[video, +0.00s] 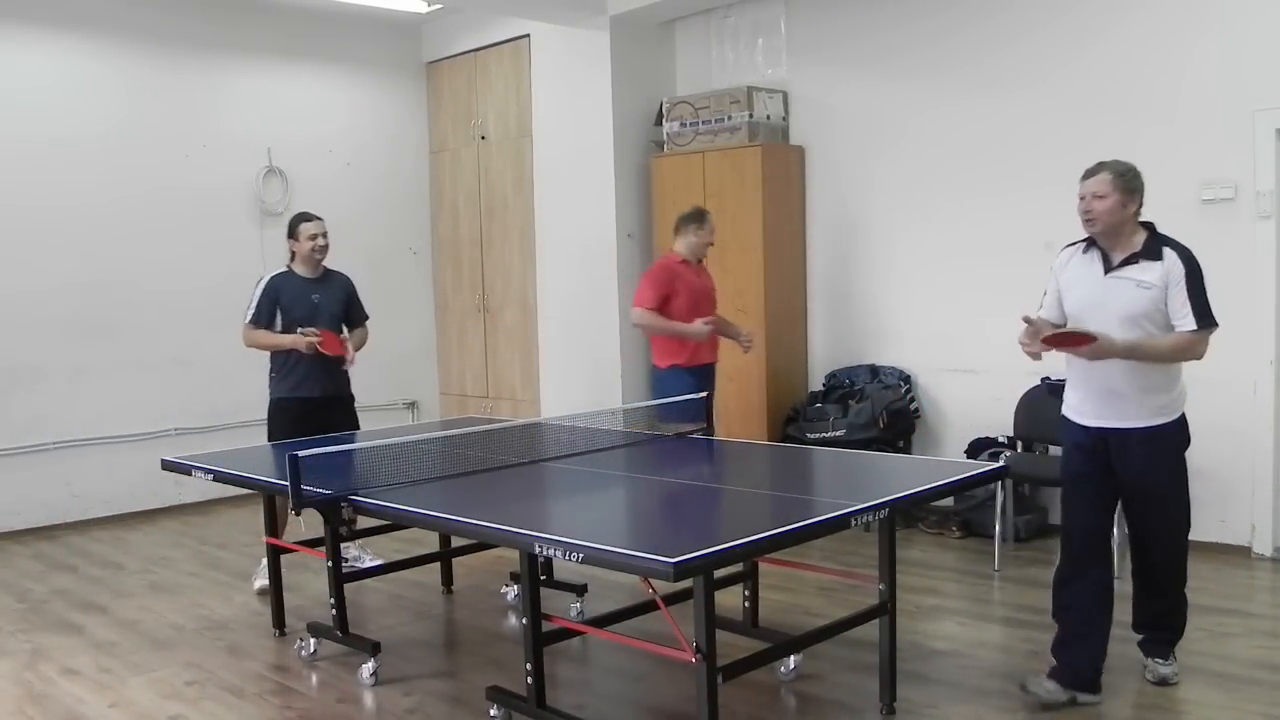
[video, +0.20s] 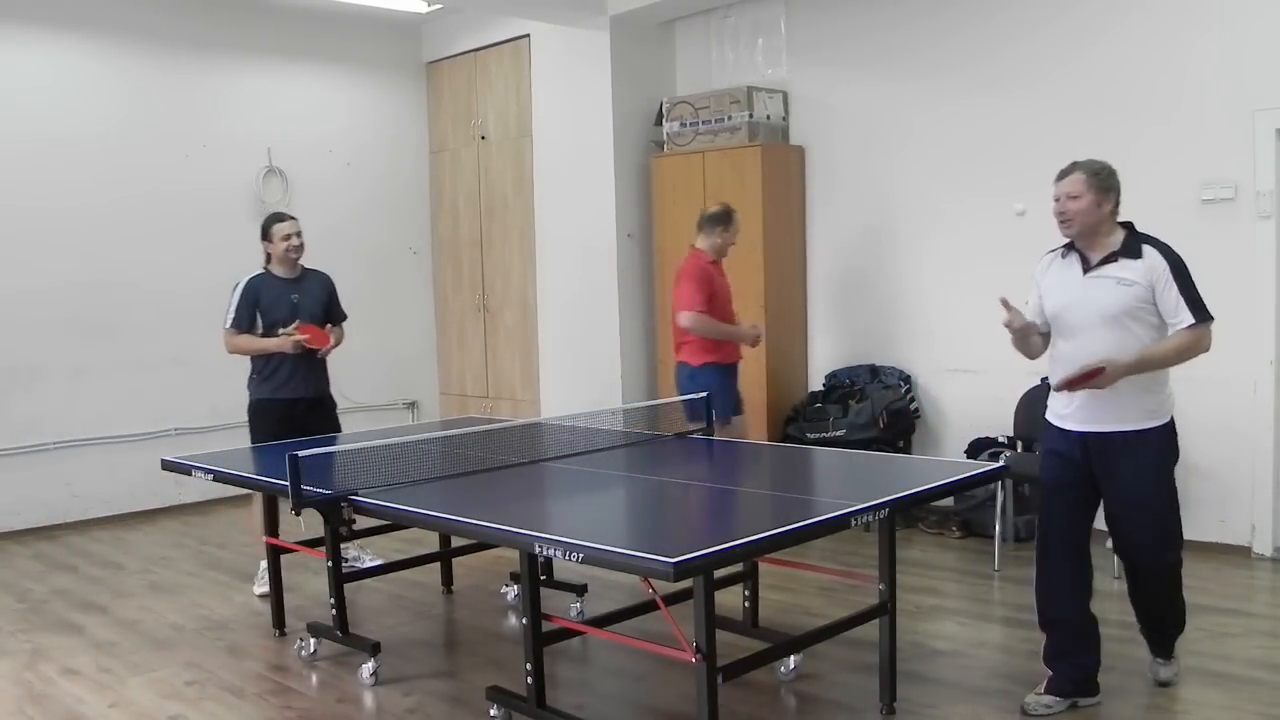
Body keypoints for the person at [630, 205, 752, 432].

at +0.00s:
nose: (712, 242)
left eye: (713, 235)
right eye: (709, 233)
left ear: (695, 233)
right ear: (692, 232)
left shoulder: (701, 271)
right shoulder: (663, 270)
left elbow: (705, 315)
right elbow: (639, 315)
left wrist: (735, 333)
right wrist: (689, 329)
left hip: (702, 370)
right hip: (675, 373)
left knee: (702, 443)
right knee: (683, 445)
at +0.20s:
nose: (734, 242)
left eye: (735, 236)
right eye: (733, 235)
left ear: (717, 234)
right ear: (721, 234)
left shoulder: (712, 266)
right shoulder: (695, 267)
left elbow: (714, 316)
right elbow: (688, 318)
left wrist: (743, 333)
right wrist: (740, 334)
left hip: (720, 368)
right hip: (703, 370)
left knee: (736, 438)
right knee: (714, 444)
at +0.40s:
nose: (761, 236)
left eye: (760, 229)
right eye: (758, 228)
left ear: (740, 229)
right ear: (742, 229)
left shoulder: (733, 262)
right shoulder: (726, 263)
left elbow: (737, 312)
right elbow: (739, 316)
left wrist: (763, 330)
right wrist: (778, 325)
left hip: (740, 368)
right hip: (724, 370)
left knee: (762, 435)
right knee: (724, 444)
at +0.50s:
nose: (777, 238)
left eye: (776, 231)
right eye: (773, 230)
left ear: (755, 231)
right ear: (757, 230)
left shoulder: (748, 263)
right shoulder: (741, 264)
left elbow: (749, 316)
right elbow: (759, 320)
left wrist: (776, 333)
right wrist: (795, 325)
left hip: (752, 371)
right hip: (735, 373)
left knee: (765, 446)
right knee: (732, 454)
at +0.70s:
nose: (811, 244)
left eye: (811, 238)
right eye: (809, 236)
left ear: (792, 233)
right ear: (793, 232)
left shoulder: (781, 266)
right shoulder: (772, 264)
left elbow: (781, 319)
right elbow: (775, 318)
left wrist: (810, 339)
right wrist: (813, 335)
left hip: (786, 371)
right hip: (767, 373)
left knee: (806, 443)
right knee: (761, 453)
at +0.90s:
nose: (834, 238)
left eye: (835, 232)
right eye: (831, 231)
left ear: (814, 227)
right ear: (813, 226)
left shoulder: (809, 262)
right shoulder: (790, 260)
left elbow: (811, 310)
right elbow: (786, 308)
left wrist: (840, 326)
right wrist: (835, 325)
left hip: (809, 364)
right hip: (792, 364)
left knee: (810, 443)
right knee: (807, 444)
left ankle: (808, 517)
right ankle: (800, 519)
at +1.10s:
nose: (855, 246)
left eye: (857, 240)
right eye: (854, 239)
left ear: (841, 231)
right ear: (841, 231)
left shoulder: (831, 264)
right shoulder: (809, 260)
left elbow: (835, 309)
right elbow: (798, 309)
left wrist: (862, 324)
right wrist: (845, 324)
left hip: (824, 365)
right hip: (808, 366)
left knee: (820, 448)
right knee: (822, 448)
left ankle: (824, 527)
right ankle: (823, 530)